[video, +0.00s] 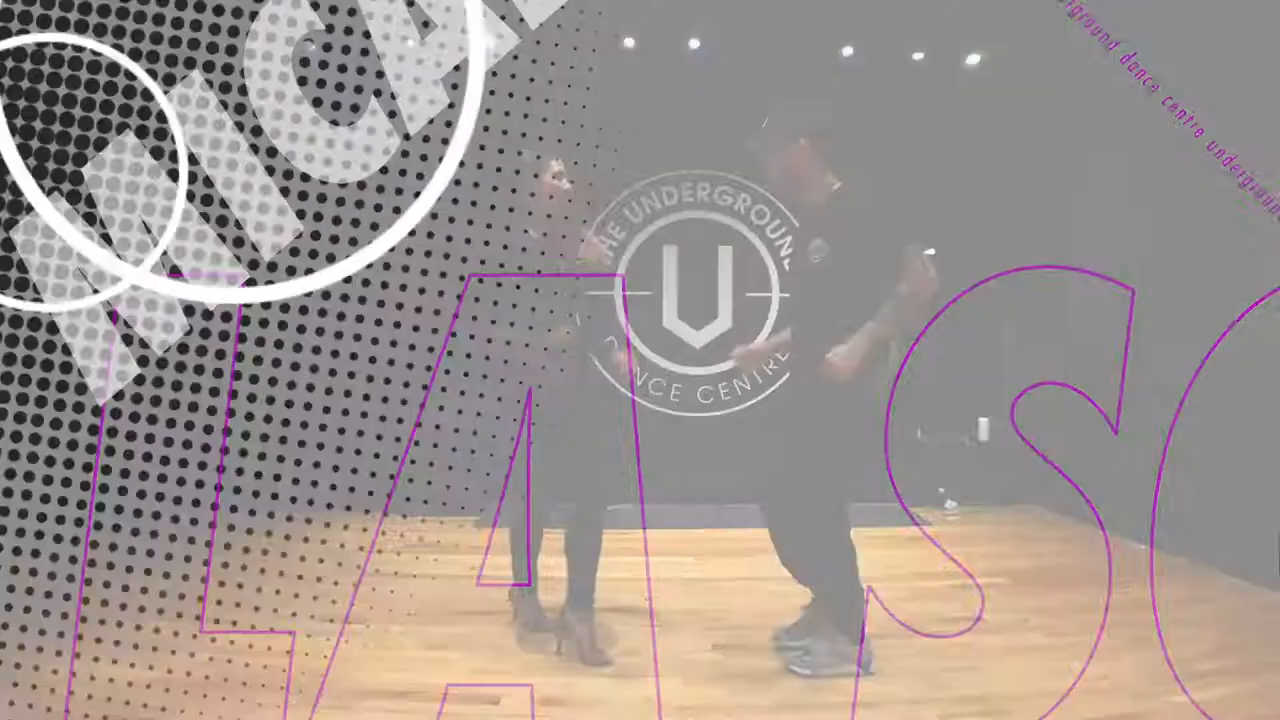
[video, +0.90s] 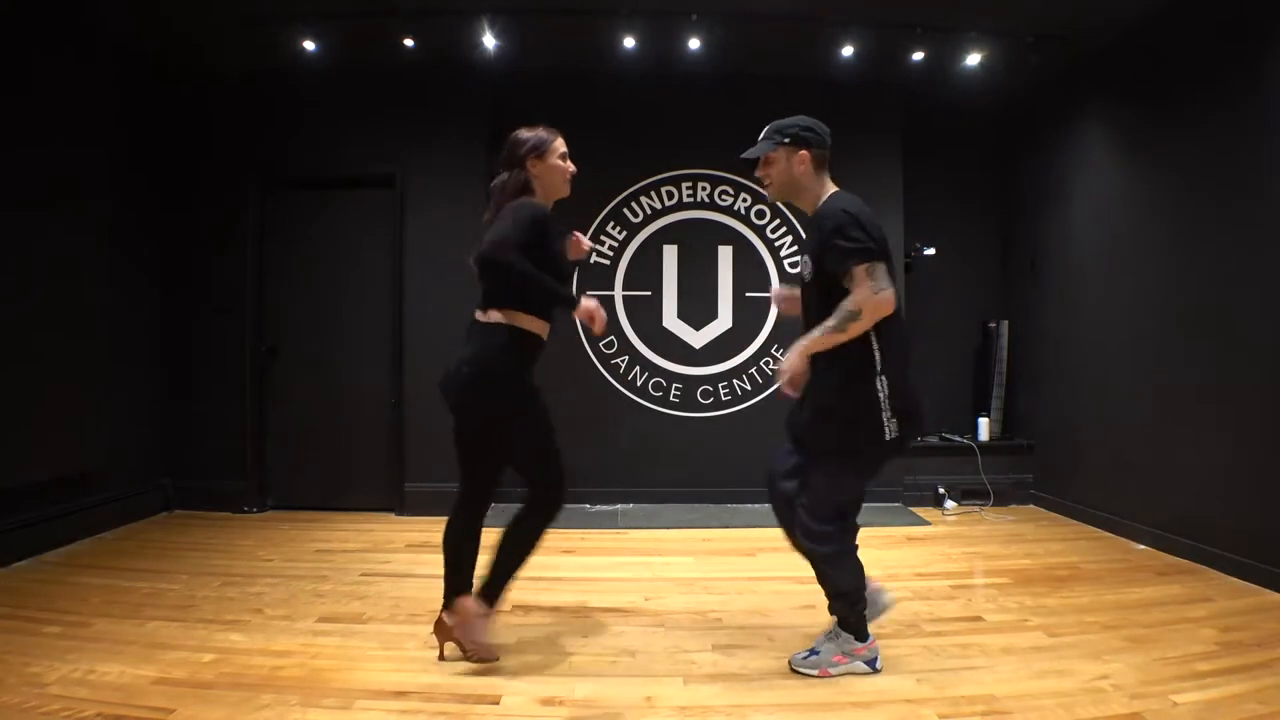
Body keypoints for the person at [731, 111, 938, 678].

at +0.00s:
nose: (768, 170)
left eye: (775, 154)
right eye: (766, 156)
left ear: (809, 147)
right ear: (793, 153)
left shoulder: (861, 219)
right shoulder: (797, 224)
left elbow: (915, 289)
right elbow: (813, 311)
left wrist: (858, 347)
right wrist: (769, 344)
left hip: (837, 384)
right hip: (798, 382)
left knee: (815, 495)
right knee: (784, 493)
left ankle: (846, 634)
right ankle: (828, 606)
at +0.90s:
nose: (761, 174)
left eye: (768, 163)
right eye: (759, 165)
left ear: (801, 158)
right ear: (800, 162)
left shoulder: (843, 218)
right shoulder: (826, 220)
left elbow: (878, 296)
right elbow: (854, 297)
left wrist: (805, 347)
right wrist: (804, 300)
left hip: (860, 402)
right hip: (833, 398)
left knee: (822, 509)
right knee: (785, 485)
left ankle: (851, 637)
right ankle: (859, 591)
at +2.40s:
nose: (780, 149)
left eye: (790, 138)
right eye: (781, 140)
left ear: (827, 140)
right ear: (815, 144)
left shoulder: (856, 203)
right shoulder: (836, 212)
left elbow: (917, 272)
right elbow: (839, 303)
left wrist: (858, 346)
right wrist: (763, 299)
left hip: (884, 400)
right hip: (854, 397)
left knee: (904, 516)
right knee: (831, 511)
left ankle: (946, 638)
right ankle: (777, 626)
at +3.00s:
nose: (644, 172)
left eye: (647, 157)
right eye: (640, 162)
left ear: (679, 140)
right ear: (683, 147)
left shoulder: (707, 213)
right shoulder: (705, 212)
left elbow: (662, 303)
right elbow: (675, 311)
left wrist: (565, 289)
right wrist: (610, 317)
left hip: (673, 408)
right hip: (667, 403)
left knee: (612, 522)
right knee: (626, 512)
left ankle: (571, 659)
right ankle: (699, 602)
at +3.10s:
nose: (630, 171)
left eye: (632, 156)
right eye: (626, 161)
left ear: (663, 141)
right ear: (668, 144)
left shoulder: (689, 212)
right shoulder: (705, 210)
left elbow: (634, 300)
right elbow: (669, 307)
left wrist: (545, 281)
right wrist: (601, 313)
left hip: (650, 398)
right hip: (662, 395)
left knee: (597, 504)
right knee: (606, 492)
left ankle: (570, 658)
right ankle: (660, 591)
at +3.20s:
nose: (623, 171)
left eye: (624, 156)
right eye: (619, 161)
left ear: (656, 140)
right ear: (659, 143)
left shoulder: (680, 211)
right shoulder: (694, 208)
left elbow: (626, 301)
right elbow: (653, 302)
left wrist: (539, 284)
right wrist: (589, 306)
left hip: (641, 387)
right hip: (646, 382)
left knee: (585, 489)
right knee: (589, 481)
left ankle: (568, 657)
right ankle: (640, 599)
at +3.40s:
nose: (618, 151)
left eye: (624, 138)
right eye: (618, 140)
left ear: (657, 137)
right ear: (660, 140)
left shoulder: (688, 208)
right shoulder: (671, 208)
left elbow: (661, 305)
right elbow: (643, 297)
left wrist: (572, 293)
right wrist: (574, 289)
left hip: (642, 398)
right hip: (639, 396)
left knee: (574, 509)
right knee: (607, 518)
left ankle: (561, 652)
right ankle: (663, 637)